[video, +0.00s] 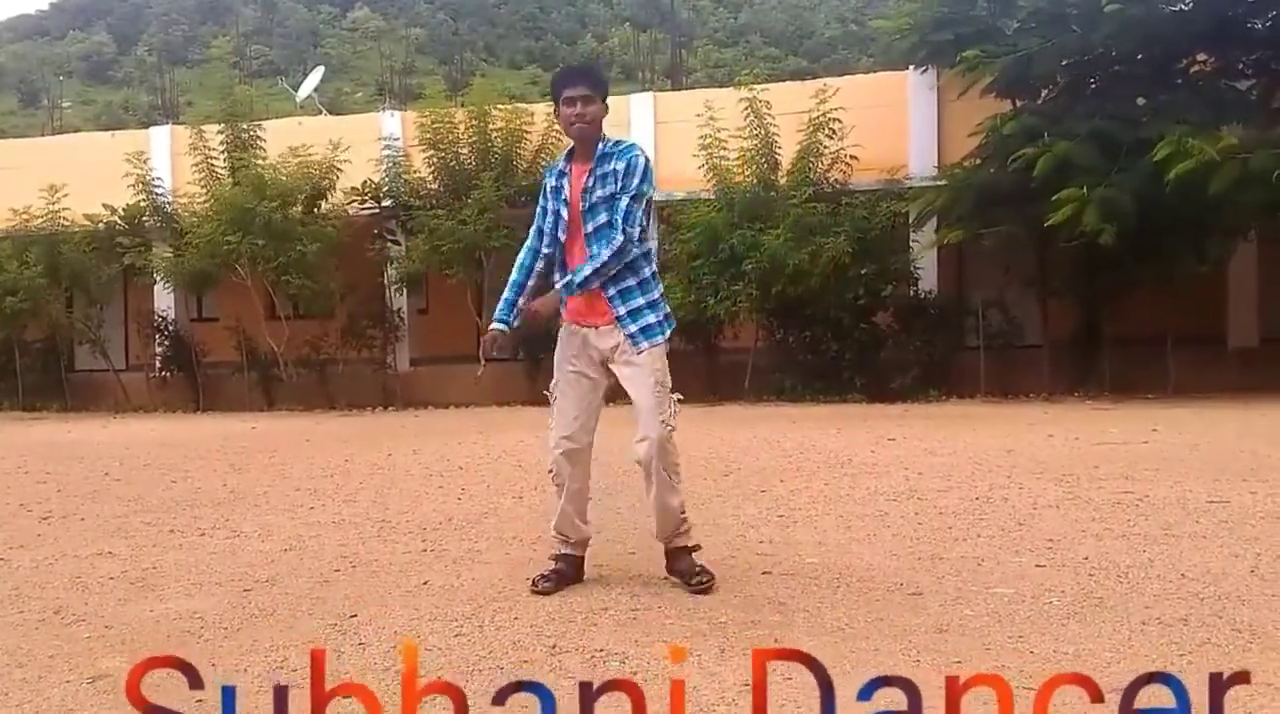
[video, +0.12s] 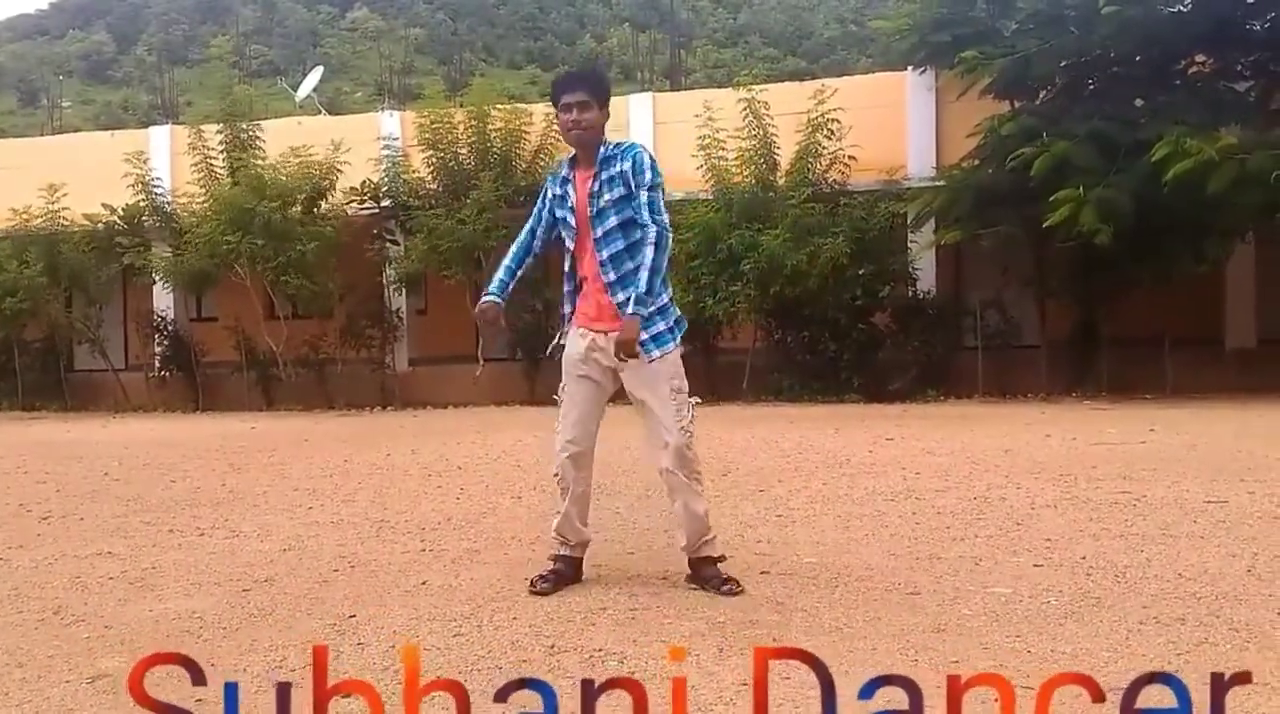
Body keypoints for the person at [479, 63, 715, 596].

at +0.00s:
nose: (578, 112)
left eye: (587, 102)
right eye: (569, 104)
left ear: (604, 108)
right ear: (557, 113)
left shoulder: (630, 158)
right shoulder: (555, 176)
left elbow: (626, 238)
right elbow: (536, 248)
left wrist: (564, 289)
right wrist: (502, 318)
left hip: (636, 320)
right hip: (578, 324)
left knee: (657, 438)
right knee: (566, 445)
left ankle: (678, 551)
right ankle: (570, 555)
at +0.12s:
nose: (577, 118)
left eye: (586, 107)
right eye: (567, 111)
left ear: (605, 111)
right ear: (557, 119)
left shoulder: (633, 159)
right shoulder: (559, 181)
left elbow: (659, 233)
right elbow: (531, 239)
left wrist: (637, 311)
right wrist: (496, 292)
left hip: (649, 331)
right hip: (586, 335)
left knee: (677, 446)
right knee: (571, 449)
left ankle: (702, 558)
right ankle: (569, 556)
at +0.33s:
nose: (593, 136)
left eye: (603, 124)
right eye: (584, 127)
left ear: (632, 124)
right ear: (579, 133)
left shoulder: (657, 163)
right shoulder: (576, 186)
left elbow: (666, 206)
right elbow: (571, 260)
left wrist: (593, 240)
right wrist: (574, 316)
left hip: (671, 335)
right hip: (607, 340)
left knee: (701, 442)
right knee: (564, 438)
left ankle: (731, 555)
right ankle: (572, 551)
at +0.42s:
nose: (607, 163)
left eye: (618, 152)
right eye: (601, 156)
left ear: (649, 160)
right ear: (597, 167)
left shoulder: (668, 200)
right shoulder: (596, 215)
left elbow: (615, 240)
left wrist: (545, 207)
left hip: (680, 358)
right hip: (620, 358)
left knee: (703, 462)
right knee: (559, 456)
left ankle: (733, 564)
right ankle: (576, 556)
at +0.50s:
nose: (587, 168)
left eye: (597, 158)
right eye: (583, 161)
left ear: (630, 165)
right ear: (585, 170)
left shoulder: (657, 197)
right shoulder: (588, 211)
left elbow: (613, 220)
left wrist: (561, 188)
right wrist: (556, 193)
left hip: (685, 358)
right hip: (623, 357)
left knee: (716, 466)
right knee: (550, 449)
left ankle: (731, 564)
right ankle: (572, 542)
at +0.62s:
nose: (522, 126)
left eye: (531, 115)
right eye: (524, 116)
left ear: (565, 121)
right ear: (551, 123)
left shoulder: (613, 150)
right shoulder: (530, 189)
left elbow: (674, 177)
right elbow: (467, 226)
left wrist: (623, 202)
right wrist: (413, 169)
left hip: (675, 311)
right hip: (609, 319)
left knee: (733, 416)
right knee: (541, 411)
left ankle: (779, 526)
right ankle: (547, 527)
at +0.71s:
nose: (491, 113)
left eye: (501, 103)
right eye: (494, 104)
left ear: (535, 111)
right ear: (518, 113)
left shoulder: (590, 144)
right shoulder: (492, 173)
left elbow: (661, 168)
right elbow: (412, 149)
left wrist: (704, 209)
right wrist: (336, 106)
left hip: (659, 297)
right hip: (591, 317)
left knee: (742, 381)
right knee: (539, 421)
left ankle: (824, 466)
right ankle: (510, 542)